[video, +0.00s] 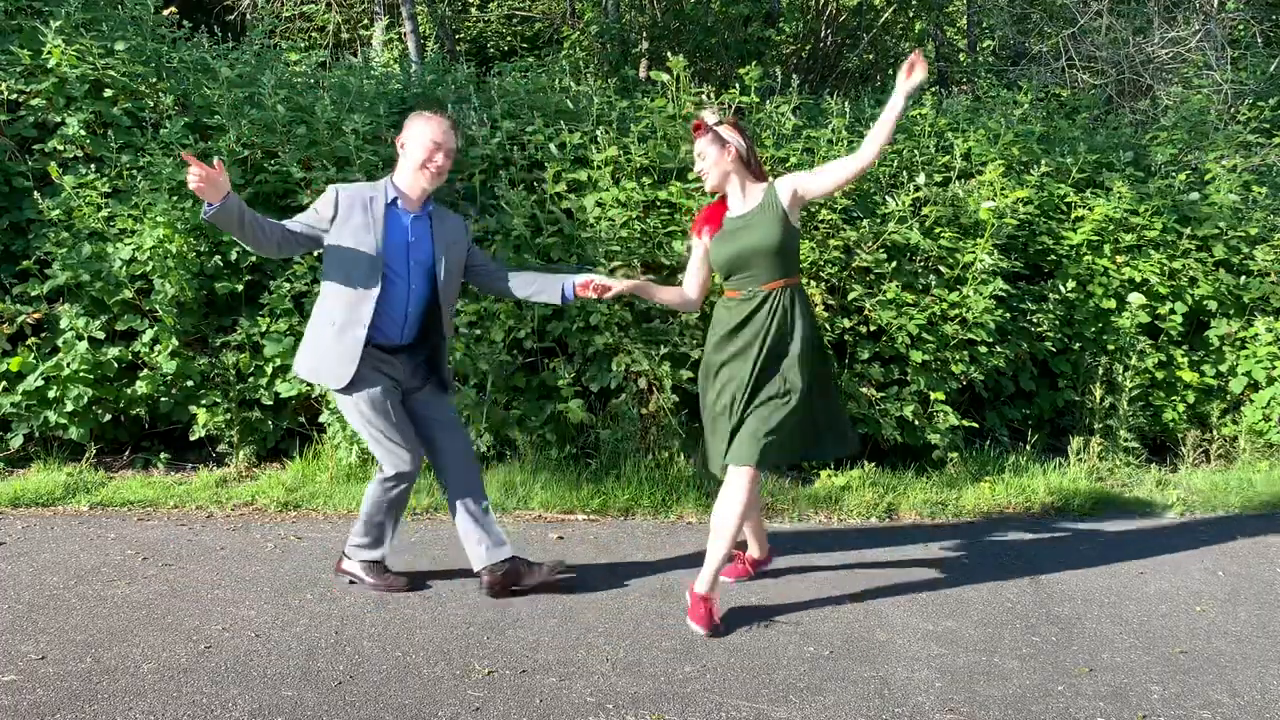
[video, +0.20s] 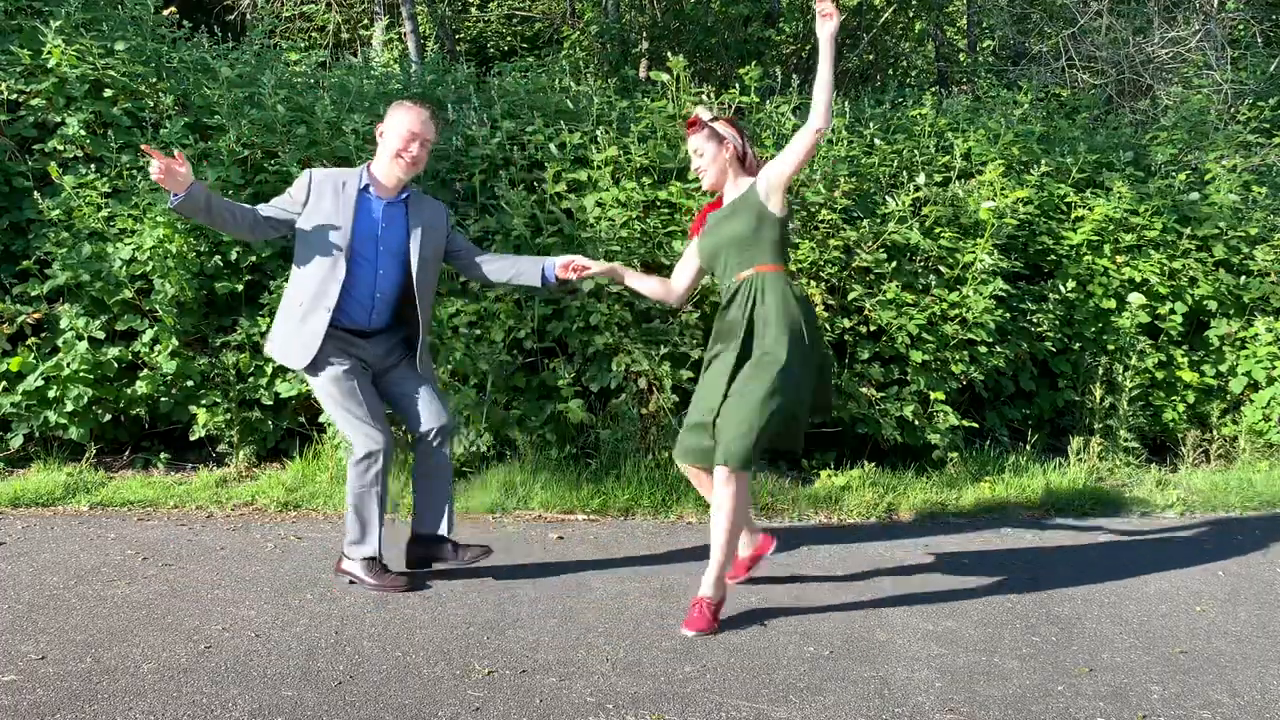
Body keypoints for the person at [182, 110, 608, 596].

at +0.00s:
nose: (442, 161)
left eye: (450, 154)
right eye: (433, 149)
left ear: (452, 163)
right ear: (401, 146)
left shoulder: (451, 228)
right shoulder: (346, 202)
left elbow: (500, 279)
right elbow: (279, 240)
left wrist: (572, 285)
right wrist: (225, 203)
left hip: (417, 364)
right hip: (354, 360)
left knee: (458, 455)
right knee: (401, 462)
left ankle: (498, 566)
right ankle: (361, 559)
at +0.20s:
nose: (416, 151)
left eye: (425, 144)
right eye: (408, 139)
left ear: (429, 153)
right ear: (379, 137)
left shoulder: (432, 215)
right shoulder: (321, 188)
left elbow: (479, 265)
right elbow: (255, 222)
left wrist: (551, 268)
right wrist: (190, 192)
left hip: (392, 346)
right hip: (327, 342)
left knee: (436, 426)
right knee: (371, 440)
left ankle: (429, 542)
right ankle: (360, 558)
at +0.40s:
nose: (400, 153)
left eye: (408, 146)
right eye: (391, 142)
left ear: (413, 154)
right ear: (362, 141)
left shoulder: (419, 217)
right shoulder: (308, 193)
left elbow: (461, 270)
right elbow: (244, 229)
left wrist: (534, 278)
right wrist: (175, 200)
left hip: (375, 350)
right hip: (315, 343)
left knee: (397, 444)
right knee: (360, 442)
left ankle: (319, 495)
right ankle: (360, 560)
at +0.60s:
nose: (390, 149)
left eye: (400, 142)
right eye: (382, 138)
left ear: (408, 152)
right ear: (359, 138)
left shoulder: (414, 212)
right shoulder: (307, 188)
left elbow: (452, 265)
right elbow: (247, 226)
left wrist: (514, 275)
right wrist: (177, 212)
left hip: (365, 342)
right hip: (311, 334)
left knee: (342, 445)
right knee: (356, 435)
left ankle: (245, 493)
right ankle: (357, 558)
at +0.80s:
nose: (394, 160)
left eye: (405, 153)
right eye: (386, 149)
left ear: (415, 161)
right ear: (366, 149)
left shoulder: (419, 216)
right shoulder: (318, 201)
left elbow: (442, 279)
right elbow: (258, 242)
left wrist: (486, 283)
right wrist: (198, 235)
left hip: (363, 348)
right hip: (320, 342)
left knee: (296, 439)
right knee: (383, 431)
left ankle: (218, 515)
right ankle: (366, 548)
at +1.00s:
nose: (429, 151)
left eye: (439, 143)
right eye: (419, 141)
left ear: (450, 150)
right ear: (400, 145)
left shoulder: (454, 213)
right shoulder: (359, 203)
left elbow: (458, 276)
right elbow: (315, 256)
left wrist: (484, 283)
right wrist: (263, 272)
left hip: (412, 349)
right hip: (364, 343)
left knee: (400, 454)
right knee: (402, 443)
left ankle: (296, 488)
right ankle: (375, 548)